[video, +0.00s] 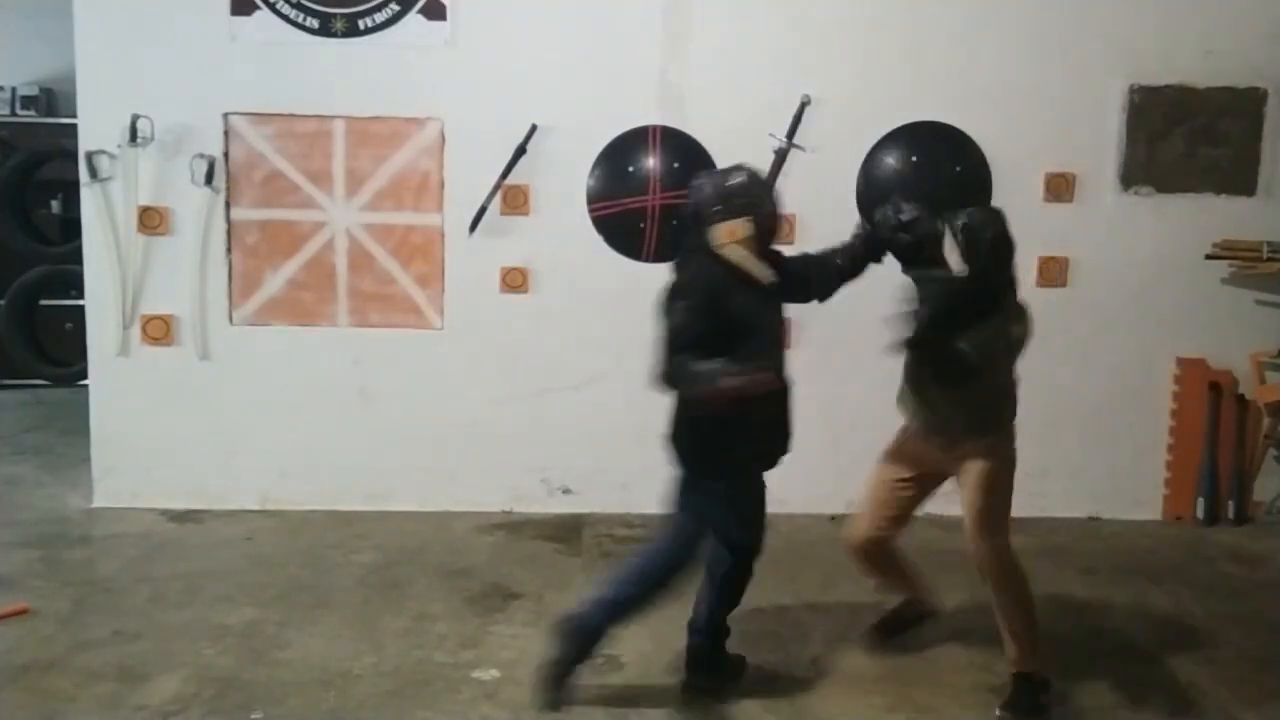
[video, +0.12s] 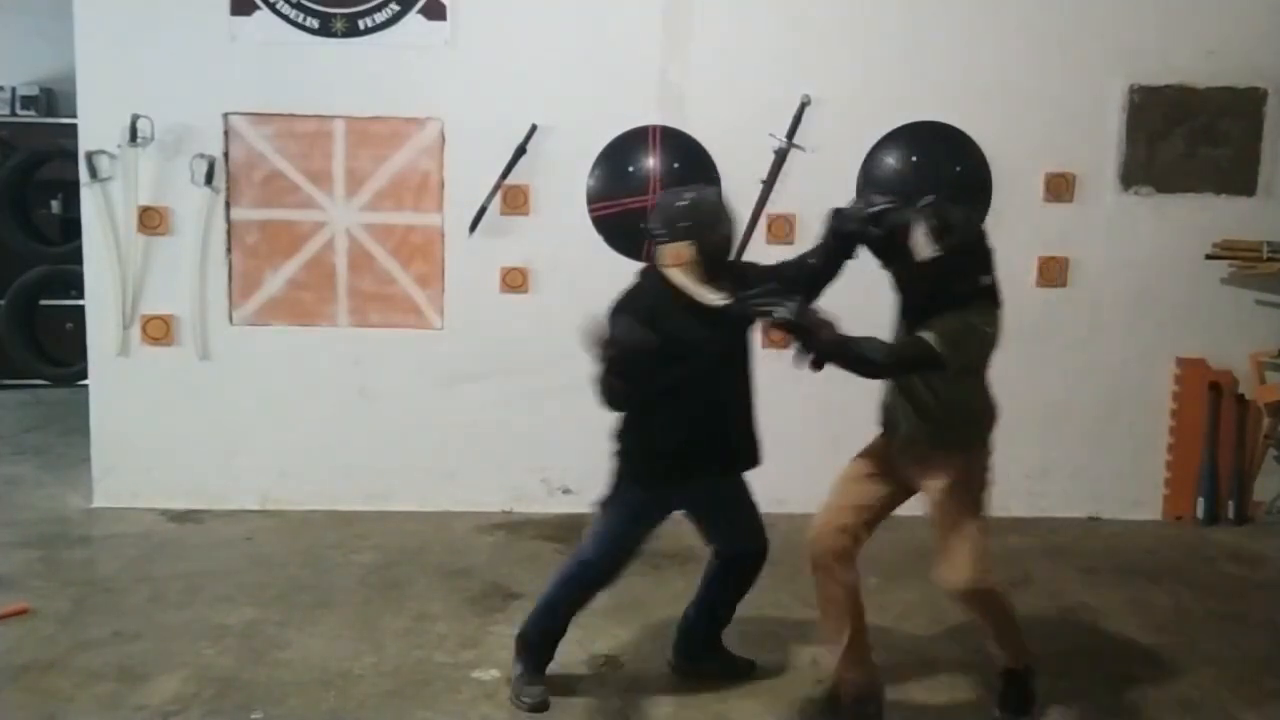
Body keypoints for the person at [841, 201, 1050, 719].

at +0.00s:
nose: (900, 230)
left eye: (907, 214)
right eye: (892, 215)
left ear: (940, 202)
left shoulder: (979, 229)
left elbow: (995, 303)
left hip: (984, 434)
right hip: (926, 429)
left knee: (988, 548)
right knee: (865, 539)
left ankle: (1027, 672)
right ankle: (916, 601)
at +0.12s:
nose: (891, 238)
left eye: (900, 226)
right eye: (888, 224)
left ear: (942, 227)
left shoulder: (971, 308)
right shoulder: (919, 265)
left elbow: (891, 361)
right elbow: (811, 277)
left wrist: (809, 331)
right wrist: (841, 235)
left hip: (955, 446)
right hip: (902, 438)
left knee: (963, 576)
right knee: (829, 542)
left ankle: (1017, 666)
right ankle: (855, 686)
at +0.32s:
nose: (863, 257)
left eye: (874, 253)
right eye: (866, 247)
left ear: (908, 262)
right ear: (877, 253)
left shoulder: (926, 332)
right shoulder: (874, 290)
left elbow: (835, 382)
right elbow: (829, 290)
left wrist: (771, 347)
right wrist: (788, 287)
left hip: (902, 476)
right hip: (847, 467)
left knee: (883, 602)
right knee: (771, 572)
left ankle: (921, 711)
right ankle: (828, 687)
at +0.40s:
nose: (840, 288)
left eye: (852, 280)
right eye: (841, 274)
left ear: (884, 288)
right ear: (845, 269)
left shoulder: (898, 352)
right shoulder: (853, 289)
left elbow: (787, 361)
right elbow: (775, 278)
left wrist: (720, 311)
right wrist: (709, 278)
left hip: (878, 501)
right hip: (831, 490)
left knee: (862, 623)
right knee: (725, 563)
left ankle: (917, 711)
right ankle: (755, 693)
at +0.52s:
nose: (812, 249)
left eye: (826, 247)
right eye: (821, 239)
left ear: (846, 273)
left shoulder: (855, 340)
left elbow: (743, 306)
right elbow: (791, 259)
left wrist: (661, 255)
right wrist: (768, 237)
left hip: (833, 507)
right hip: (799, 499)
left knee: (810, 656)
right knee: (682, 571)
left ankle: (895, 713)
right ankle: (705, 709)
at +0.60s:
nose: (782, 260)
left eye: (793, 250)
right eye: (785, 248)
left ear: (818, 264)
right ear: (840, 266)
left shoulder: (819, 325)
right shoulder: (826, 314)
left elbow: (710, 283)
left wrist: (634, 252)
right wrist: (782, 211)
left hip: (806, 505)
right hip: (775, 497)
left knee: (799, 663)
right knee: (659, 563)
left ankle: (894, 715)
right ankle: (694, 705)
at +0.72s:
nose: (739, 249)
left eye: (749, 239)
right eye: (746, 237)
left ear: (765, 247)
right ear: (797, 248)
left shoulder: (785, 303)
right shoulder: (781, 299)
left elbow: (676, 298)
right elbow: (779, 222)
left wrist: (572, 271)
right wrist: (769, 163)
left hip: (787, 496)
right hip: (750, 489)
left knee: (790, 663)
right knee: (636, 549)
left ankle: (894, 715)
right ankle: (675, 688)